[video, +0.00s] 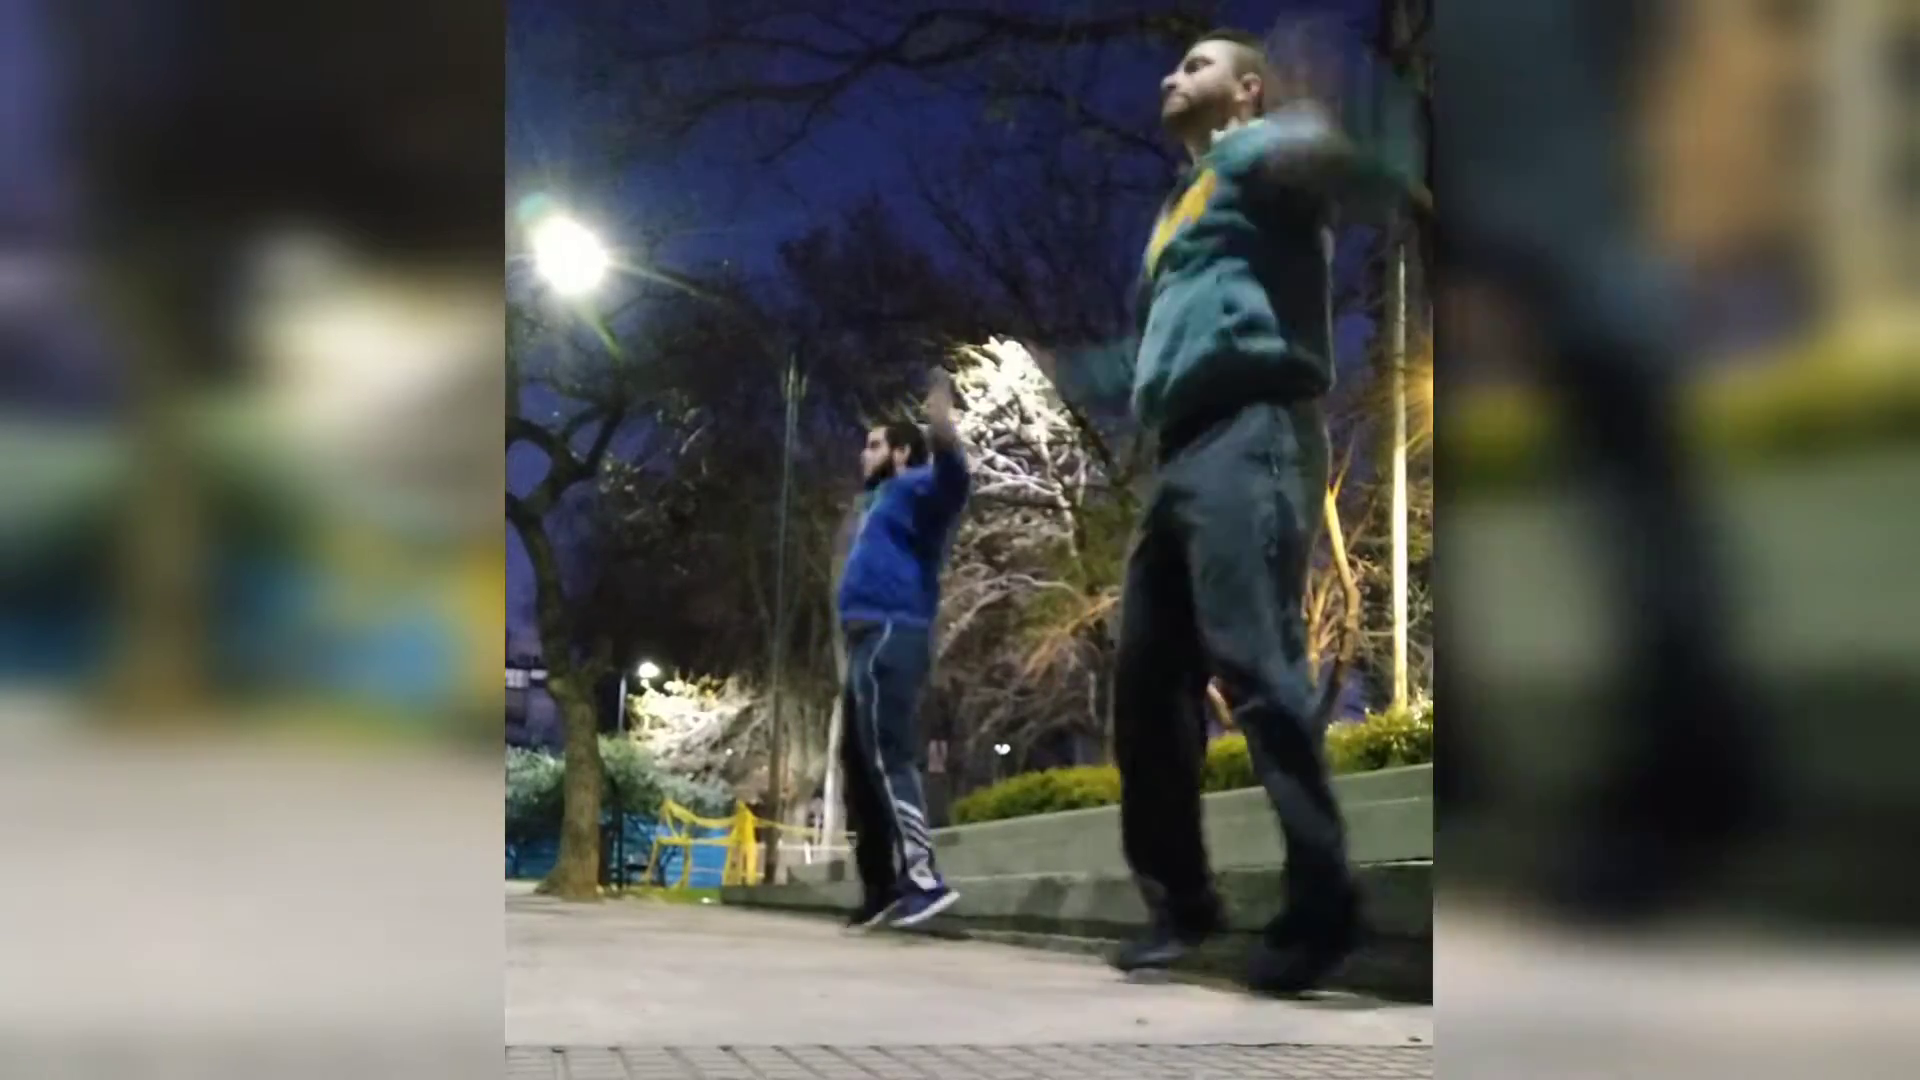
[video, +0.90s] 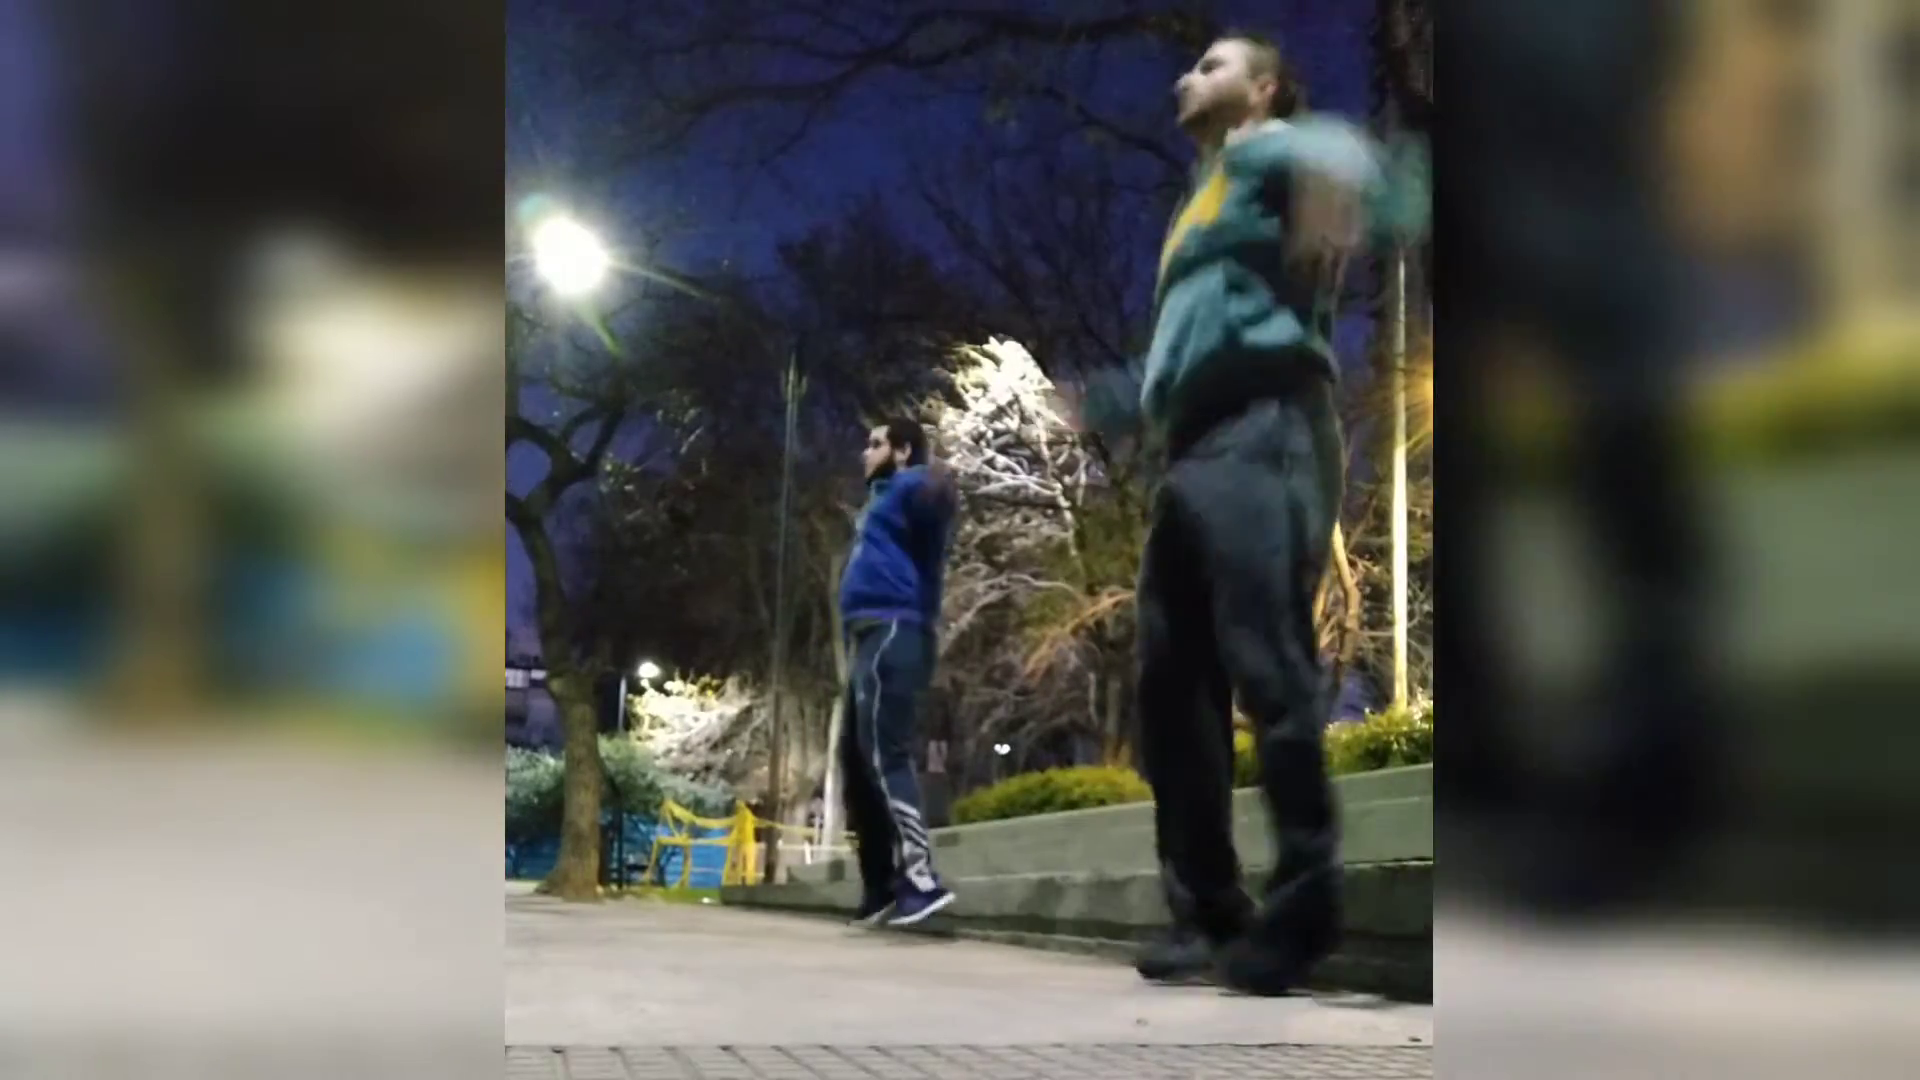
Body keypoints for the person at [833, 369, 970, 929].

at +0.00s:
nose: (863, 453)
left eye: (873, 445)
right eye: (865, 445)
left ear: (901, 451)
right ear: (888, 454)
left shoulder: (919, 488)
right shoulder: (880, 496)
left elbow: (953, 479)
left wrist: (943, 430)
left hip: (895, 629)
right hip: (863, 630)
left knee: (887, 753)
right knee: (860, 761)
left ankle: (922, 881)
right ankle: (880, 886)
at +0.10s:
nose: (862, 452)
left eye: (872, 444)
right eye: (863, 443)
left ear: (900, 450)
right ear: (883, 452)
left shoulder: (918, 484)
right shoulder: (872, 495)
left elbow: (942, 547)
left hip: (897, 627)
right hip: (865, 630)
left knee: (872, 751)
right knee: (860, 755)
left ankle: (911, 883)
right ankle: (888, 886)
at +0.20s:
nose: (857, 482)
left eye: (867, 474)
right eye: (859, 473)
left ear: (894, 480)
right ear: (887, 481)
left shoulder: (912, 524)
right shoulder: (880, 527)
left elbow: (926, 594)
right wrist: (854, 517)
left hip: (893, 670)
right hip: (867, 669)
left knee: (863, 789)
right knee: (847, 791)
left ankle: (909, 909)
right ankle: (890, 907)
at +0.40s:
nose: (862, 454)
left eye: (871, 445)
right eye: (864, 445)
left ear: (899, 450)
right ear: (890, 452)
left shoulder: (918, 489)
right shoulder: (879, 502)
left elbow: (933, 525)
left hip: (894, 634)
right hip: (861, 637)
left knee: (884, 758)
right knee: (863, 769)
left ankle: (911, 886)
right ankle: (879, 895)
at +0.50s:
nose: (869, 452)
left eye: (879, 443)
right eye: (870, 444)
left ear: (906, 452)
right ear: (891, 457)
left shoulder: (920, 497)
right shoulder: (882, 504)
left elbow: (933, 442)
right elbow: (862, 482)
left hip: (895, 633)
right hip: (861, 634)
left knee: (892, 752)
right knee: (863, 763)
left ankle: (925, 878)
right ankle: (875, 883)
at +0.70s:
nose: (864, 502)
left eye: (873, 493)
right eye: (864, 493)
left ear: (897, 498)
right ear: (873, 502)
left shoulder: (918, 532)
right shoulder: (871, 548)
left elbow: (922, 462)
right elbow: (859, 548)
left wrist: (914, 427)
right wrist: (864, 526)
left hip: (900, 674)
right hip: (865, 679)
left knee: (884, 799)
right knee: (853, 804)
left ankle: (936, 910)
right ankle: (884, 907)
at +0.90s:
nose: (865, 453)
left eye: (874, 444)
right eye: (866, 444)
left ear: (902, 451)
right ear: (894, 453)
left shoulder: (912, 488)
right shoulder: (881, 499)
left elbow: (928, 503)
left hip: (896, 627)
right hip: (865, 632)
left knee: (884, 756)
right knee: (857, 763)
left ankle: (921, 883)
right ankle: (882, 887)